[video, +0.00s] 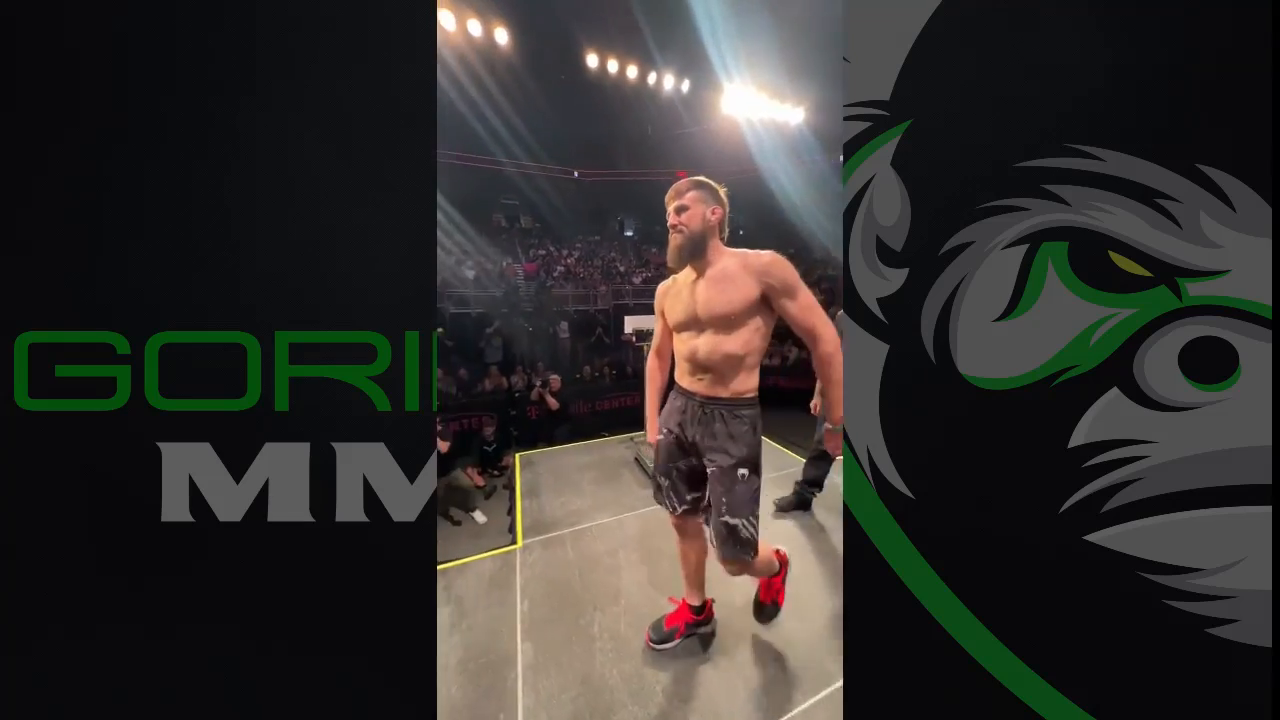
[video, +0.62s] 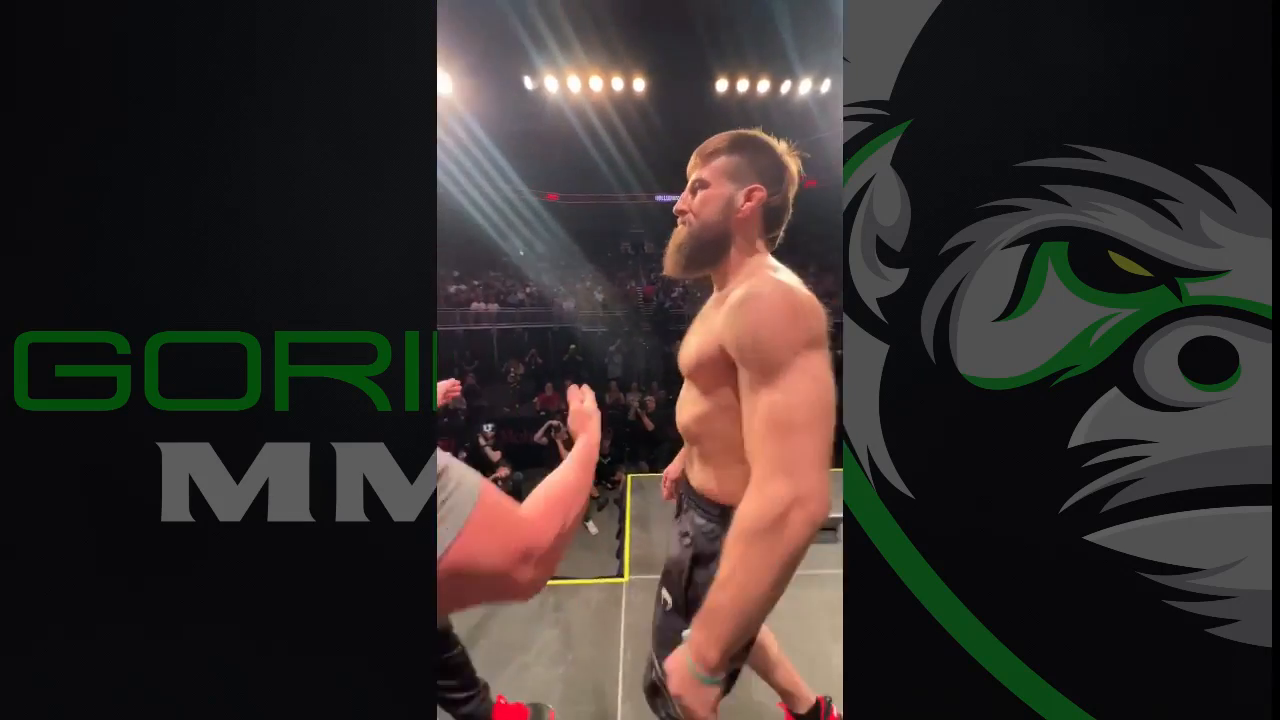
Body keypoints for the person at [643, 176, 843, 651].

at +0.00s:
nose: (672, 220)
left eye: (682, 209)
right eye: (669, 214)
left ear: (716, 213)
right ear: (670, 224)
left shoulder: (763, 268)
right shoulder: (668, 291)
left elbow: (824, 337)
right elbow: (658, 357)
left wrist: (834, 422)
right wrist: (651, 420)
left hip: (733, 417)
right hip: (680, 411)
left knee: (735, 559)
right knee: (684, 516)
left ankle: (777, 566)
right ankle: (695, 607)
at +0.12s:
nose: (676, 215)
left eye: (688, 204)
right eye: (673, 209)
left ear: (724, 210)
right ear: (676, 220)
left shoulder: (770, 268)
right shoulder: (674, 290)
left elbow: (831, 337)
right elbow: (666, 358)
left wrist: (838, 396)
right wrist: (651, 422)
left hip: (739, 429)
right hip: (688, 423)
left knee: (715, 577)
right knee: (700, 533)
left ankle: (756, 637)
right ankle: (716, 622)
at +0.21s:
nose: (680, 214)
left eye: (692, 203)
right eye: (678, 207)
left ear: (730, 212)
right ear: (681, 220)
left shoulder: (775, 271)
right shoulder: (680, 293)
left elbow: (833, 344)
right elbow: (671, 365)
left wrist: (841, 408)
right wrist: (649, 426)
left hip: (742, 437)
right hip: (692, 431)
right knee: (715, 547)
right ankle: (733, 631)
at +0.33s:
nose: (686, 214)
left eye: (701, 202)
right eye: (687, 204)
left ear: (742, 215)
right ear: (691, 218)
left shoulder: (781, 281)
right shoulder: (692, 297)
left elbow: (849, 380)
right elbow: (683, 372)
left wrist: (835, 499)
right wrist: (651, 433)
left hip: (742, 466)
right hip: (699, 455)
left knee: (694, 623)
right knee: (737, 561)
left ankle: (668, 714)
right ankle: (761, 654)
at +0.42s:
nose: (688, 212)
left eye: (705, 200)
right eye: (691, 202)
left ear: (748, 216)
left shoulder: (782, 290)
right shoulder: (707, 294)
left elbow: (851, 409)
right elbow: (695, 374)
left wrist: (814, 544)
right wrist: (657, 436)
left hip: (738, 483)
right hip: (701, 471)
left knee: (682, 640)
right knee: (741, 576)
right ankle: (780, 673)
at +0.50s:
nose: (687, 206)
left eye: (706, 194)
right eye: (692, 195)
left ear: (751, 211)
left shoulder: (781, 298)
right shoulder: (718, 295)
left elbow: (840, 447)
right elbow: (711, 389)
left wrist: (782, 591)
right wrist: (666, 444)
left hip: (733, 504)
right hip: (704, 487)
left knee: (671, 658)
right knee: (752, 603)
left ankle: (676, 710)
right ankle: (797, 694)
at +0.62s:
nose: (680, 203)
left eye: (699, 187)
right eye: (686, 187)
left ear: (749, 200)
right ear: (741, 203)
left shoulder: (770, 300)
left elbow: (792, 497)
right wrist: (688, 458)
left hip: (726, 531)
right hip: (702, 513)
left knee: (677, 687)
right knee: (728, 622)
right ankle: (805, 704)